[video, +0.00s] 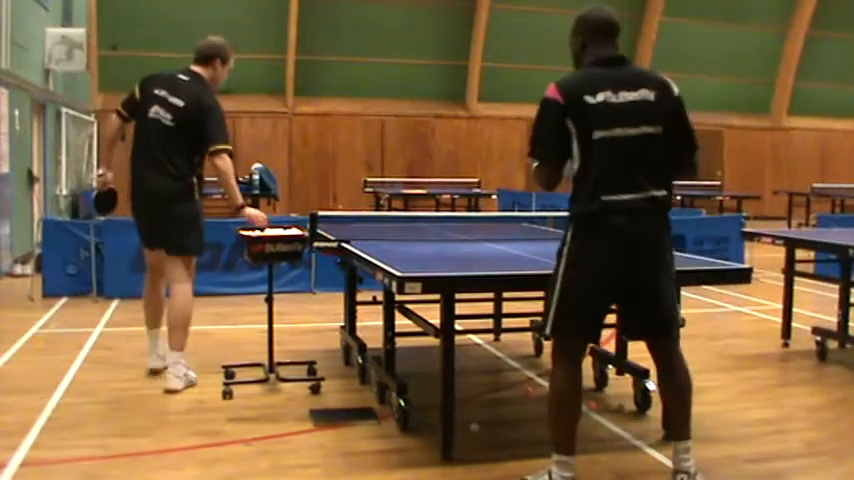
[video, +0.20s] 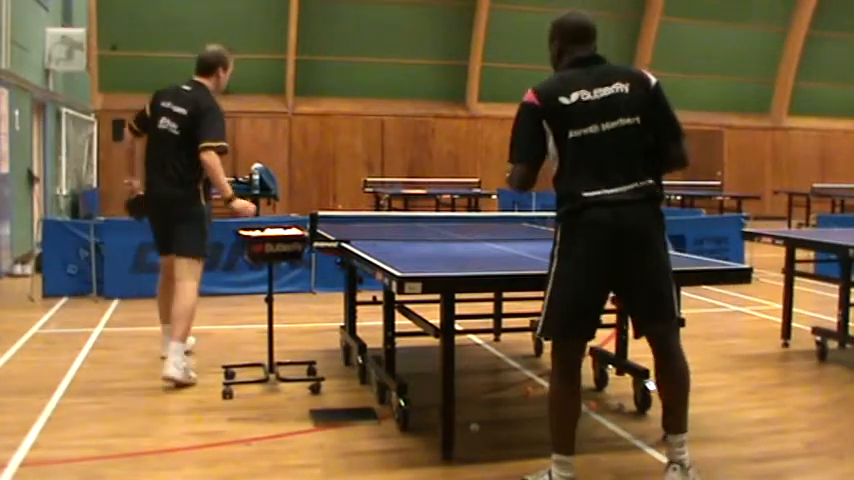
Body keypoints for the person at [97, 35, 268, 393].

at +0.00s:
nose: (226, 76)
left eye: (227, 70)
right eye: (227, 69)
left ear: (196, 59)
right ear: (217, 65)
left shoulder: (155, 81)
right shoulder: (206, 101)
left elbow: (117, 121)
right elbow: (220, 159)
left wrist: (106, 167)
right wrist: (241, 206)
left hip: (142, 192)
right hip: (177, 195)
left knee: (155, 270)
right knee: (180, 277)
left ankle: (156, 355)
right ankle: (177, 367)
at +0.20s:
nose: (228, 79)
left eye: (228, 73)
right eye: (229, 73)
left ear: (198, 68)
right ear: (220, 72)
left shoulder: (165, 95)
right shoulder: (208, 106)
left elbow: (135, 130)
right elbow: (208, 156)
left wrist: (136, 177)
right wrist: (231, 198)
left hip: (156, 196)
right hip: (186, 199)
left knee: (169, 272)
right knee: (188, 279)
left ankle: (171, 340)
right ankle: (175, 357)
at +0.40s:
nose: (232, 73)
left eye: (231, 67)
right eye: (232, 67)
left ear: (204, 64)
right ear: (223, 66)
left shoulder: (180, 89)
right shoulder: (210, 98)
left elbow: (161, 129)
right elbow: (198, 145)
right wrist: (214, 189)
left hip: (168, 188)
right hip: (194, 190)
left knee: (176, 262)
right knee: (220, 259)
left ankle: (172, 339)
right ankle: (186, 322)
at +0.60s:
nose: (245, 75)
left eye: (245, 69)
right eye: (244, 69)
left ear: (220, 68)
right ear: (236, 70)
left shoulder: (203, 95)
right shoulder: (219, 102)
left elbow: (213, 141)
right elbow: (203, 148)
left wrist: (238, 158)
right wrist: (226, 186)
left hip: (188, 190)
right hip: (210, 191)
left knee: (185, 261)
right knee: (233, 256)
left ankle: (173, 334)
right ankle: (240, 324)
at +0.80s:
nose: (267, 84)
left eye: (266, 78)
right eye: (263, 78)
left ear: (245, 81)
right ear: (249, 80)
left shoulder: (230, 104)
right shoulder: (237, 112)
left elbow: (235, 146)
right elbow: (220, 158)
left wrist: (260, 156)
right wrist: (248, 187)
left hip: (215, 193)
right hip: (233, 195)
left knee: (222, 259)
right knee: (257, 254)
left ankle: (189, 308)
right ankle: (247, 323)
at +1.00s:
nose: (279, 83)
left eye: (280, 77)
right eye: (274, 77)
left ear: (266, 81)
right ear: (257, 80)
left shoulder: (263, 107)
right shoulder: (245, 109)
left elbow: (259, 140)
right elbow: (229, 155)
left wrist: (279, 151)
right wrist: (261, 174)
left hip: (253, 187)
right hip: (238, 189)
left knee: (261, 249)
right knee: (260, 252)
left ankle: (241, 303)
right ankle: (246, 321)